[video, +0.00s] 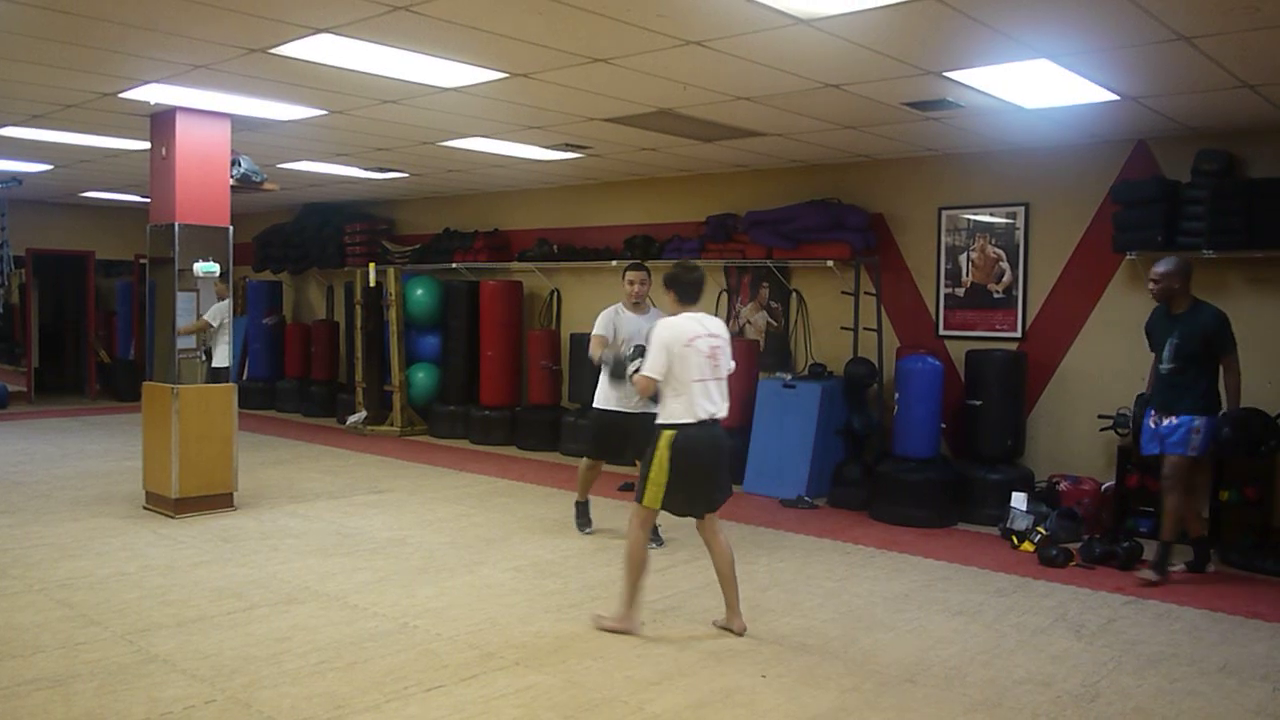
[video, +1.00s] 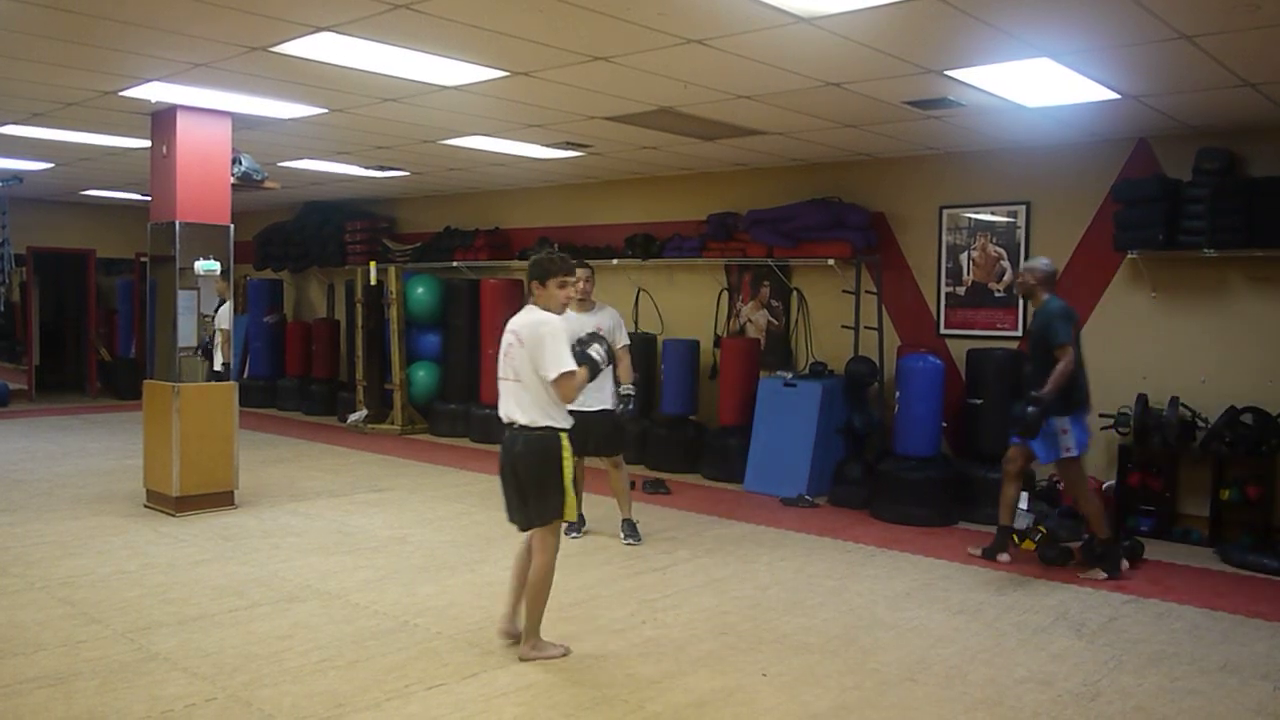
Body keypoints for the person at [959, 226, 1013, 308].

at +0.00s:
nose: (981, 242)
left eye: (985, 238)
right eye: (979, 238)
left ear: (989, 239)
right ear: (975, 238)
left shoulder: (998, 254)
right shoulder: (970, 254)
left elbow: (1008, 273)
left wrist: (1000, 287)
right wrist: (966, 280)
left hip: (990, 289)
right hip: (973, 287)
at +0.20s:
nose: (982, 241)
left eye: (986, 236)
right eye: (979, 237)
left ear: (990, 237)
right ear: (975, 237)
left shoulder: (998, 252)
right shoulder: (971, 252)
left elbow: (1009, 272)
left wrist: (1001, 286)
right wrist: (967, 278)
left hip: (990, 288)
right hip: (974, 287)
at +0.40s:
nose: (983, 241)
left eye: (986, 236)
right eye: (980, 237)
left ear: (990, 237)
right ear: (976, 237)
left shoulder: (998, 252)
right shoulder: (971, 253)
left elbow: (1009, 272)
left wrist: (1000, 286)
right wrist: (966, 278)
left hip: (990, 287)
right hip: (974, 286)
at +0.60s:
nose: (983, 241)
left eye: (986, 237)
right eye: (980, 237)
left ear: (990, 237)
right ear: (976, 238)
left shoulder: (999, 252)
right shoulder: (971, 252)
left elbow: (1009, 272)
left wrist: (1001, 286)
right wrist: (967, 277)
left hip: (990, 288)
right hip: (974, 286)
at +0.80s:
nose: (982, 241)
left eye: (986, 237)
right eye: (979, 237)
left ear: (990, 237)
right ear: (975, 238)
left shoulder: (998, 252)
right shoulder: (971, 252)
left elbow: (1009, 272)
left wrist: (1001, 286)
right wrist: (967, 277)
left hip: (990, 288)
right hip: (974, 286)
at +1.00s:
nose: (983, 241)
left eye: (986, 237)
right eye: (980, 237)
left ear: (990, 237)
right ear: (976, 238)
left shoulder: (999, 252)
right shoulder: (971, 252)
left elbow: (1009, 272)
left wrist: (1001, 286)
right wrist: (967, 277)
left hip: (991, 288)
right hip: (975, 286)